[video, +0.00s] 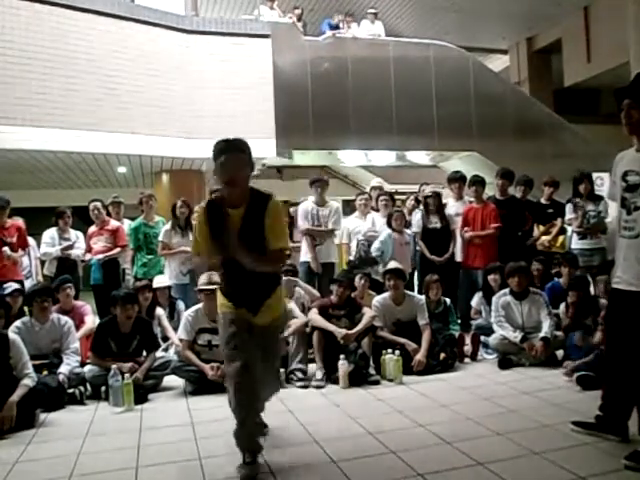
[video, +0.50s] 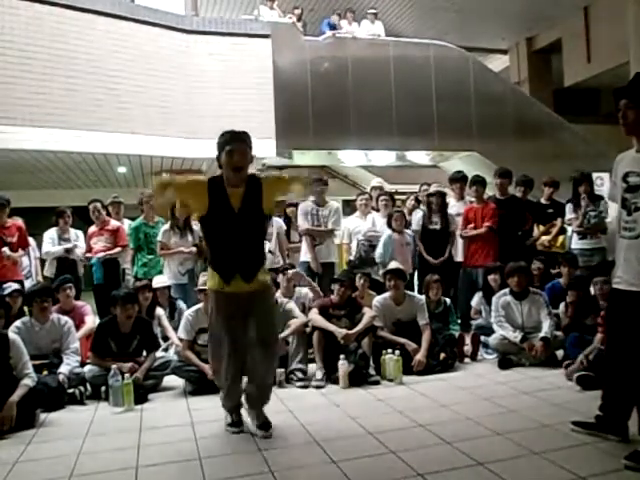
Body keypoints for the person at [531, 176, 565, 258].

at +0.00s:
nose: (551, 191)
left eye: (553, 188)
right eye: (549, 187)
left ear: (555, 190)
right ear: (543, 187)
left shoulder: (560, 206)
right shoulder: (535, 205)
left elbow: (559, 223)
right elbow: (534, 224)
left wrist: (549, 238)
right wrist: (540, 239)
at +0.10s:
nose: (551, 191)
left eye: (553, 188)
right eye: (549, 187)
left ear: (555, 190)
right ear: (543, 187)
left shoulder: (560, 205)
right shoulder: (535, 205)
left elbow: (559, 223)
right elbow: (534, 225)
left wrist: (549, 238)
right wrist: (540, 239)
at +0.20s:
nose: (551, 191)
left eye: (554, 188)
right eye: (549, 187)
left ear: (555, 190)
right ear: (543, 187)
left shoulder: (559, 205)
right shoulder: (535, 205)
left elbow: (559, 223)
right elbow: (534, 225)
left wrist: (549, 238)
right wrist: (540, 239)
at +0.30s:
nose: (551, 191)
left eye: (554, 189)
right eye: (549, 187)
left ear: (555, 191)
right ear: (543, 187)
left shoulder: (559, 205)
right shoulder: (535, 205)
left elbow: (559, 223)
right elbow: (534, 225)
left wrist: (550, 238)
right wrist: (541, 239)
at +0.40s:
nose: (551, 191)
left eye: (554, 188)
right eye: (549, 187)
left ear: (556, 190)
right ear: (543, 187)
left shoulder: (560, 206)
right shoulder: (535, 205)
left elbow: (559, 223)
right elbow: (534, 224)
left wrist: (550, 238)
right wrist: (540, 239)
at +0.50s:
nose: (551, 191)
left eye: (553, 188)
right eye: (549, 187)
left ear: (556, 190)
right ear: (543, 187)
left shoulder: (560, 205)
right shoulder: (535, 205)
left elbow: (559, 223)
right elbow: (535, 224)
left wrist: (550, 238)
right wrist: (540, 238)